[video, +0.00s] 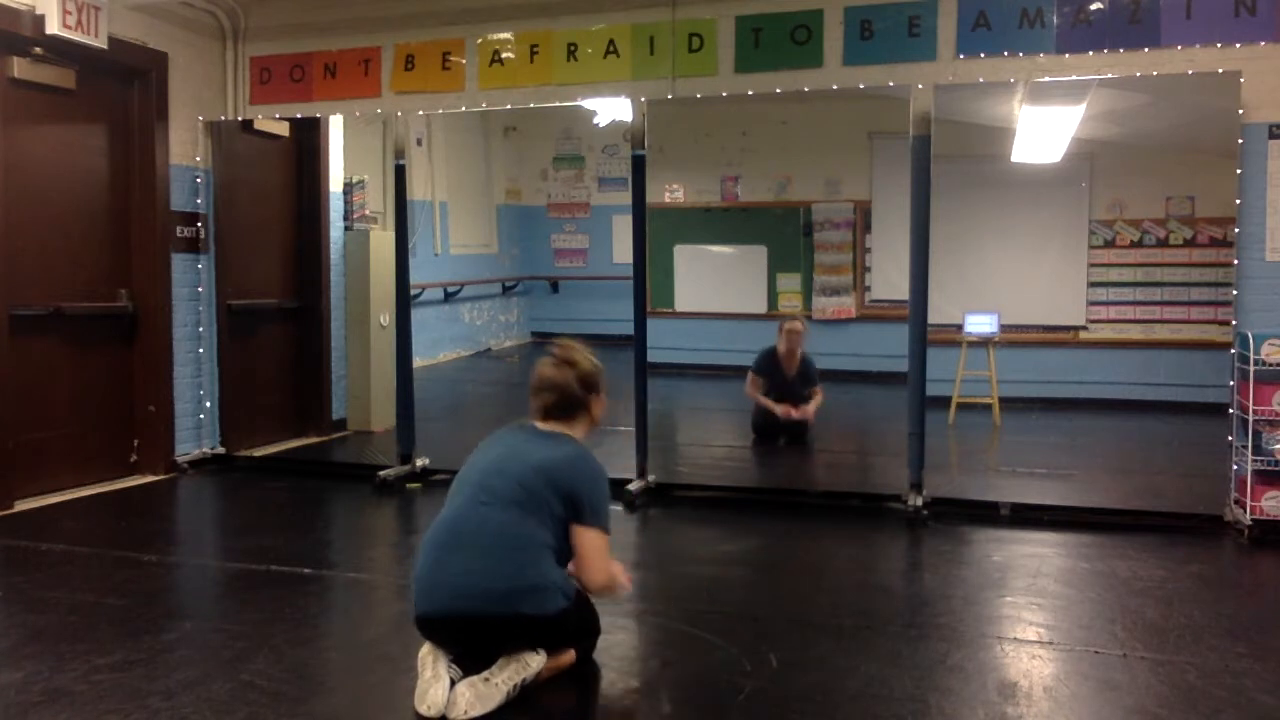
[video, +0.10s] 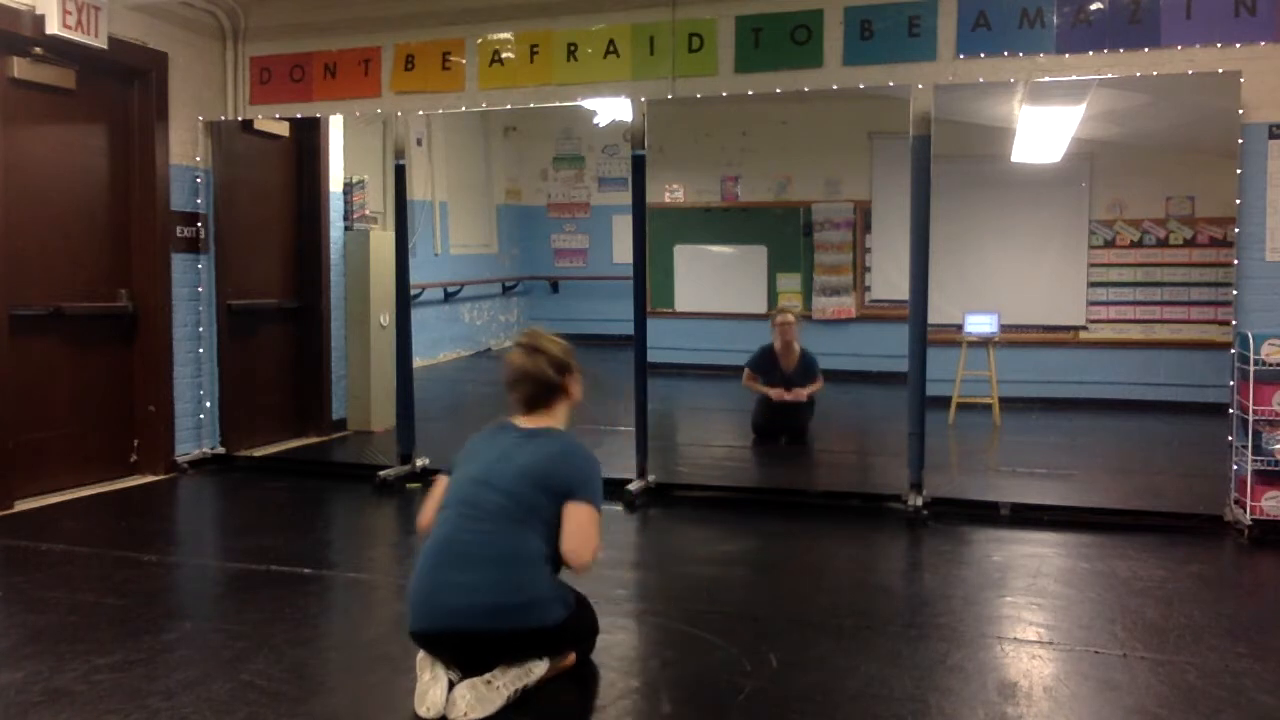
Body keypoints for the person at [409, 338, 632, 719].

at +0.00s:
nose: (604, 405)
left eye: (602, 395)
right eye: (602, 396)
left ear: (537, 398)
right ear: (593, 404)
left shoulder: (496, 443)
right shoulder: (580, 464)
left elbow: (502, 537)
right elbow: (594, 577)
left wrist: (573, 565)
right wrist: (613, 576)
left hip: (437, 597)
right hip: (520, 598)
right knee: (582, 632)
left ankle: (442, 663)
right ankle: (512, 676)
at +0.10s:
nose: (581, 384)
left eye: (578, 374)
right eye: (578, 375)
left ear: (516, 386)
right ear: (569, 385)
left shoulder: (479, 442)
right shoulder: (574, 457)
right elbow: (579, 556)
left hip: (431, 620)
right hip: (517, 618)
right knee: (583, 625)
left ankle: (443, 671)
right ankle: (502, 686)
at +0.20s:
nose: (556, 369)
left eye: (551, 361)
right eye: (552, 362)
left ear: (491, 385)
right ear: (544, 375)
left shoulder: (462, 440)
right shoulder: (565, 446)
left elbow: (408, 524)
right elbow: (566, 539)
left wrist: (466, 527)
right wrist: (548, 557)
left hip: (430, 625)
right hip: (518, 625)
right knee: (583, 620)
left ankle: (444, 676)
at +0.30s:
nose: (533, 363)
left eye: (529, 356)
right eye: (529, 357)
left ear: (474, 383)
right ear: (522, 365)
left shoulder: (449, 442)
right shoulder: (559, 437)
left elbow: (405, 530)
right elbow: (570, 528)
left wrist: (462, 531)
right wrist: (552, 559)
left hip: (432, 625)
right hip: (522, 624)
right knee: (583, 619)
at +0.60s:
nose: (492, 407)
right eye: (488, 404)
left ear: (443, 435)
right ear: (485, 406)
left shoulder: (443, 474)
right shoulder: (545, 447)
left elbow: (425, 559)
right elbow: (582, 547)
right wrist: (549, 587)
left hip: (443, 616)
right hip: (538, 614)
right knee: (585, 631)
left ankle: (439, 663)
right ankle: (508, 681)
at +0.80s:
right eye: (490, 445)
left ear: (447, 472)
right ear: (486, 446)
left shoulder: (451, 489)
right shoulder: (544, 469)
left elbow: (433, 546)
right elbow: (567, 554)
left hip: (445, 596)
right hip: (537, 591)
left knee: (484, 654)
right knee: (582, 640)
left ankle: (443, 660)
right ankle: (528, 668)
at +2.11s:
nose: (618, 435)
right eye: (619, 426)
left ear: (561, 405)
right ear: (611, 430)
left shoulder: (503, 446)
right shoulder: (585, 479)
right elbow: (592, 595)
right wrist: (614, 604)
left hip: (424, 604)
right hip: (507, 604)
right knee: (583, 629)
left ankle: (438, 666)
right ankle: (503, 681)